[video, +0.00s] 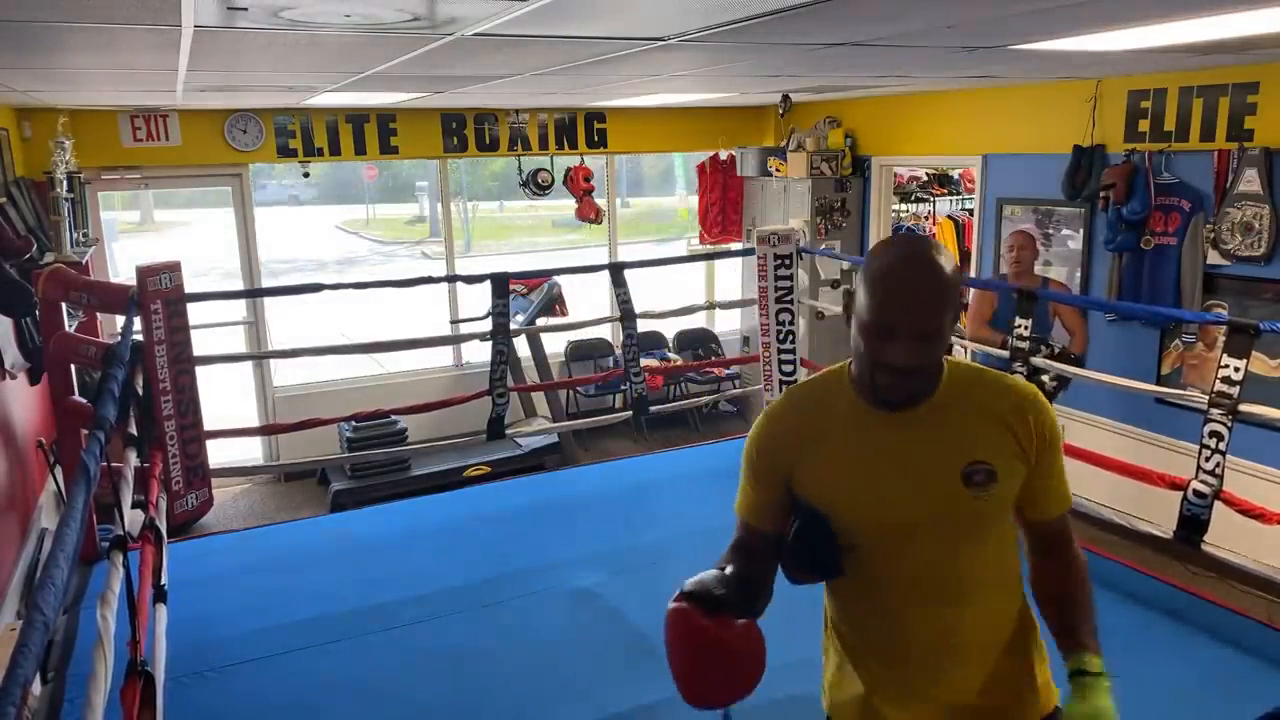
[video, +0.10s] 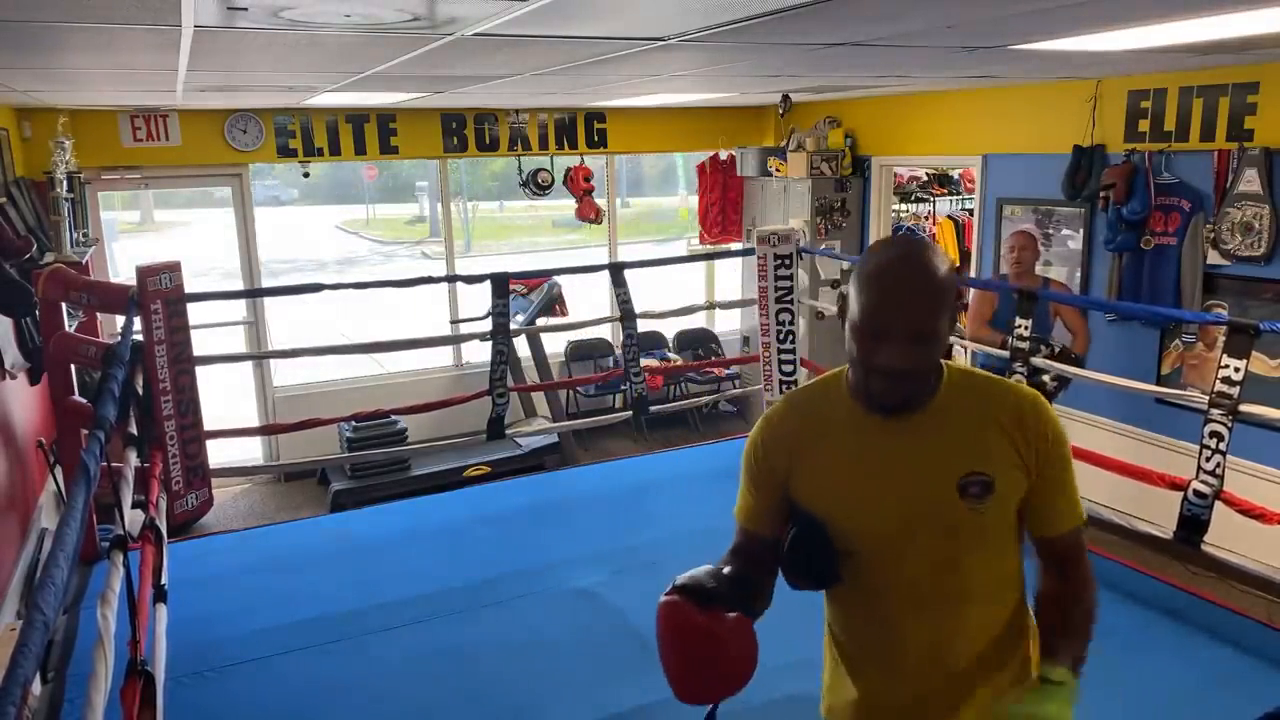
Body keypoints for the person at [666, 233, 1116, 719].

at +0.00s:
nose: (901, 358)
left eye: (925, 338)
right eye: (880, 336)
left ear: (956, 317)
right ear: (849, 310)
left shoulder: (1017, 414)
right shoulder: (788, 428)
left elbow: (1052, 544)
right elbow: (755, 544)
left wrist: (1088, 675)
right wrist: (726, 591)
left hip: (1005, 697)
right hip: (867, 703)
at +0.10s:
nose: (892, 358)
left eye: (916, 337)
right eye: (871, 335)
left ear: (954, 321)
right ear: (844, 316)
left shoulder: (1019, 420)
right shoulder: (786, 432)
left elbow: (1064, 563)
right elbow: (752, 561)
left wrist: (1054, 682)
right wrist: (715, 590)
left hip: (994, 693)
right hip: (859, 699)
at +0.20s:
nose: (883, 370)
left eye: (912, 348)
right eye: (865, 342)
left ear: (955, 326)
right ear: (841, 319)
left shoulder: (1024, 429)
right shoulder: (787, 434)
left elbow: (1075, 598)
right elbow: (749, 564)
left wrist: (1007, 698)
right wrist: (710, 592)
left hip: (993, 703)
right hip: (857, 706)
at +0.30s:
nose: (879, 382)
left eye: (910, 361)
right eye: (863, 351)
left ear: (959, 344)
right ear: (846, 329)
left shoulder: (1031, 445)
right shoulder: (789, 437)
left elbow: (1064, 634)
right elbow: (749, 565)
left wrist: (948, 701)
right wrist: (713, 598)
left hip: (996, 707)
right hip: (851, 705)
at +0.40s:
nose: (882, 385)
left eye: (912, 365)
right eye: (866, 354)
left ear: (962, 351)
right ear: (849, 336)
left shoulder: (1036, 454)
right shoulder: (793, 438)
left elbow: (1056, 649)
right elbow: (752, 563)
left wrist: (922, 699)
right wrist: (713, 596)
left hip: (990, 706)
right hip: (850, 703)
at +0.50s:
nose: (884, 388)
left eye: (920, 369)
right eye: (872, 355)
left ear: (975, 358)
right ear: (857, 337)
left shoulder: (1047, 480)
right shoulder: (801, 441)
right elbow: (752, 560)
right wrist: (698, 603)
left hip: (970, 710)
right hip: (837, 697)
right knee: (750, 711)